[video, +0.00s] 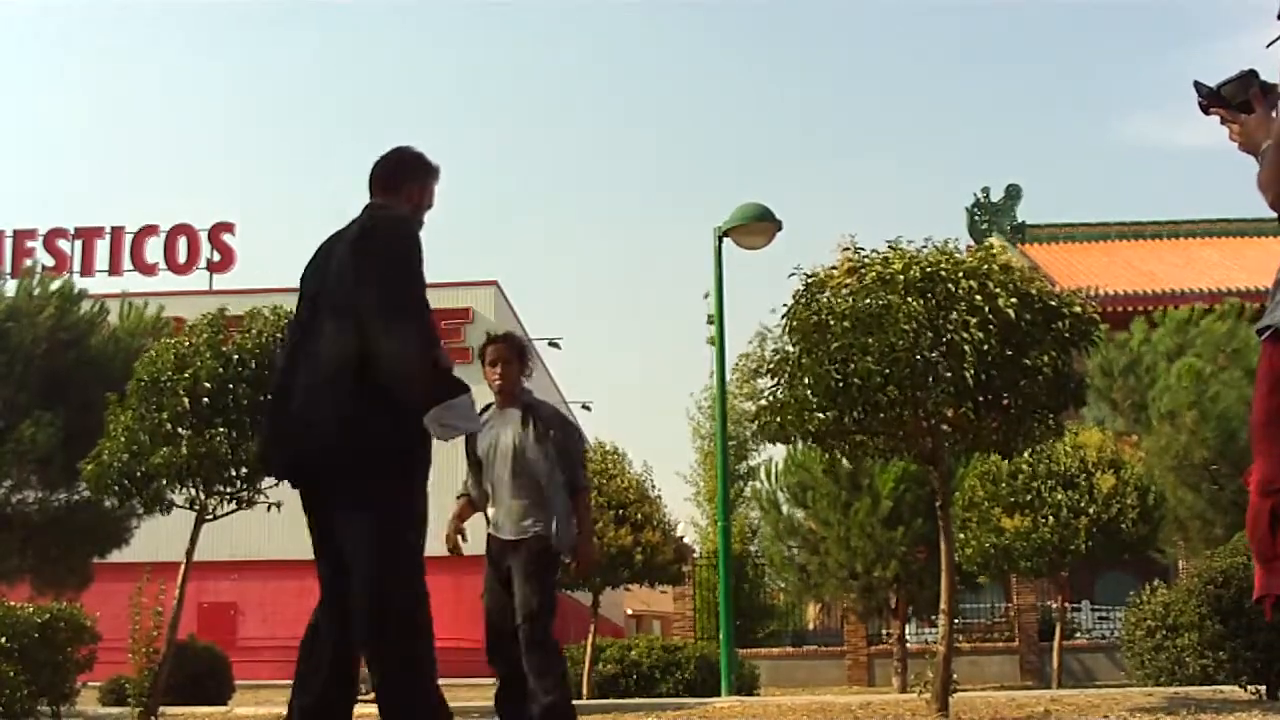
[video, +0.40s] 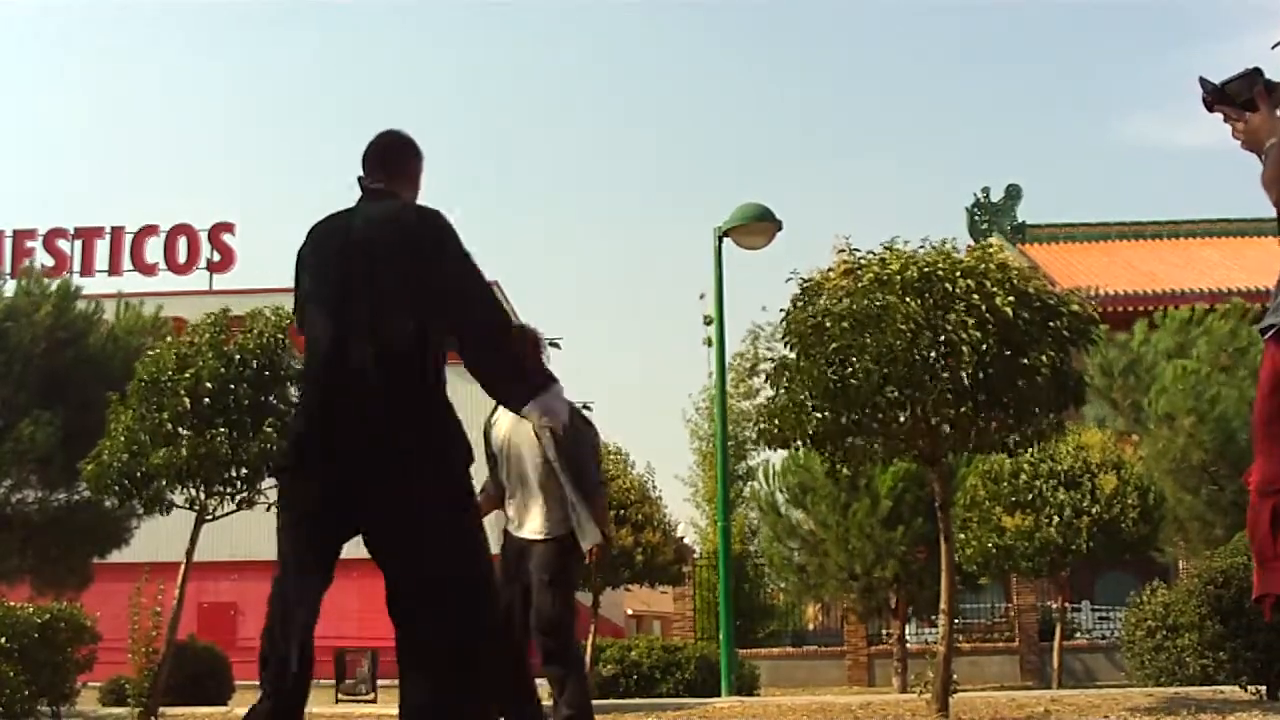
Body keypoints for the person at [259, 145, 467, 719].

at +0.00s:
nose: (426, 213)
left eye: (428, 202)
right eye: (425, 201)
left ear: (377, 187)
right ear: (407, 190)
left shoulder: (330, 250)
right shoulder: (392, 237)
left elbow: (305, 353)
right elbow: (402, 340)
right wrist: (449, 401)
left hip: (324, 448)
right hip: (380, 449)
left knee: (340, 597)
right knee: (396, 596)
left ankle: (314, 710)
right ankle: (417, 710)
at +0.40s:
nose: (414, 190)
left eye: (405, 181)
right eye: (417, 181)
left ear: (362, 177)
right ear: (415, 178)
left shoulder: (318, 238)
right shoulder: (426, 229)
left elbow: (313, 330)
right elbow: (481, 326)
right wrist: (540, 393)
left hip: (323, 437)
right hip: (413, 439)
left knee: (296, 581)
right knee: (441, 588)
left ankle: (277, 705)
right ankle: (443, 709)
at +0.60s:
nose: (356, 186)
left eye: (325, 179)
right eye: (362, 177)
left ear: (307, 181)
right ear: (364, 178)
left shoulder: (274, 233)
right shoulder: (396, 236)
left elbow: (251, 326)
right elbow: (482, 308)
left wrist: (314, 341)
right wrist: (570, 357)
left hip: (290, 459)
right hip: (389, 453)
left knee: (286, 622)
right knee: (428, 609)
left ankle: (295, 714)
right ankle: (456, 705)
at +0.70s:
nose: (322, 176)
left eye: (297, 170)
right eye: (332, 165)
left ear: (283, 173)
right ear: (341, 167)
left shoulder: (261, 221)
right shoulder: (384, 224)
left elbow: (226, 308)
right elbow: (473, 283)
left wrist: (290, 335)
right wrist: (557, 338)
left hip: (289, 441)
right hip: (375, 435)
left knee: (295, 596)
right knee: (394, 573)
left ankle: (293, 707)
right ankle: (426, 652)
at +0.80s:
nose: (283, 186)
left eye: (269, 179)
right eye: (303, 170)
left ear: (263, 179)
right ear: (320, 173)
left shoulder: (256, 229)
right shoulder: (372, 227)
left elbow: (204, 305)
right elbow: (459, 269)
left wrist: (258, 327)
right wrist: (524, 327)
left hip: (315, 434)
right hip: (387, 429)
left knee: (276, 561)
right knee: (343, 570)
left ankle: (327, 699)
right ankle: (355, 705)